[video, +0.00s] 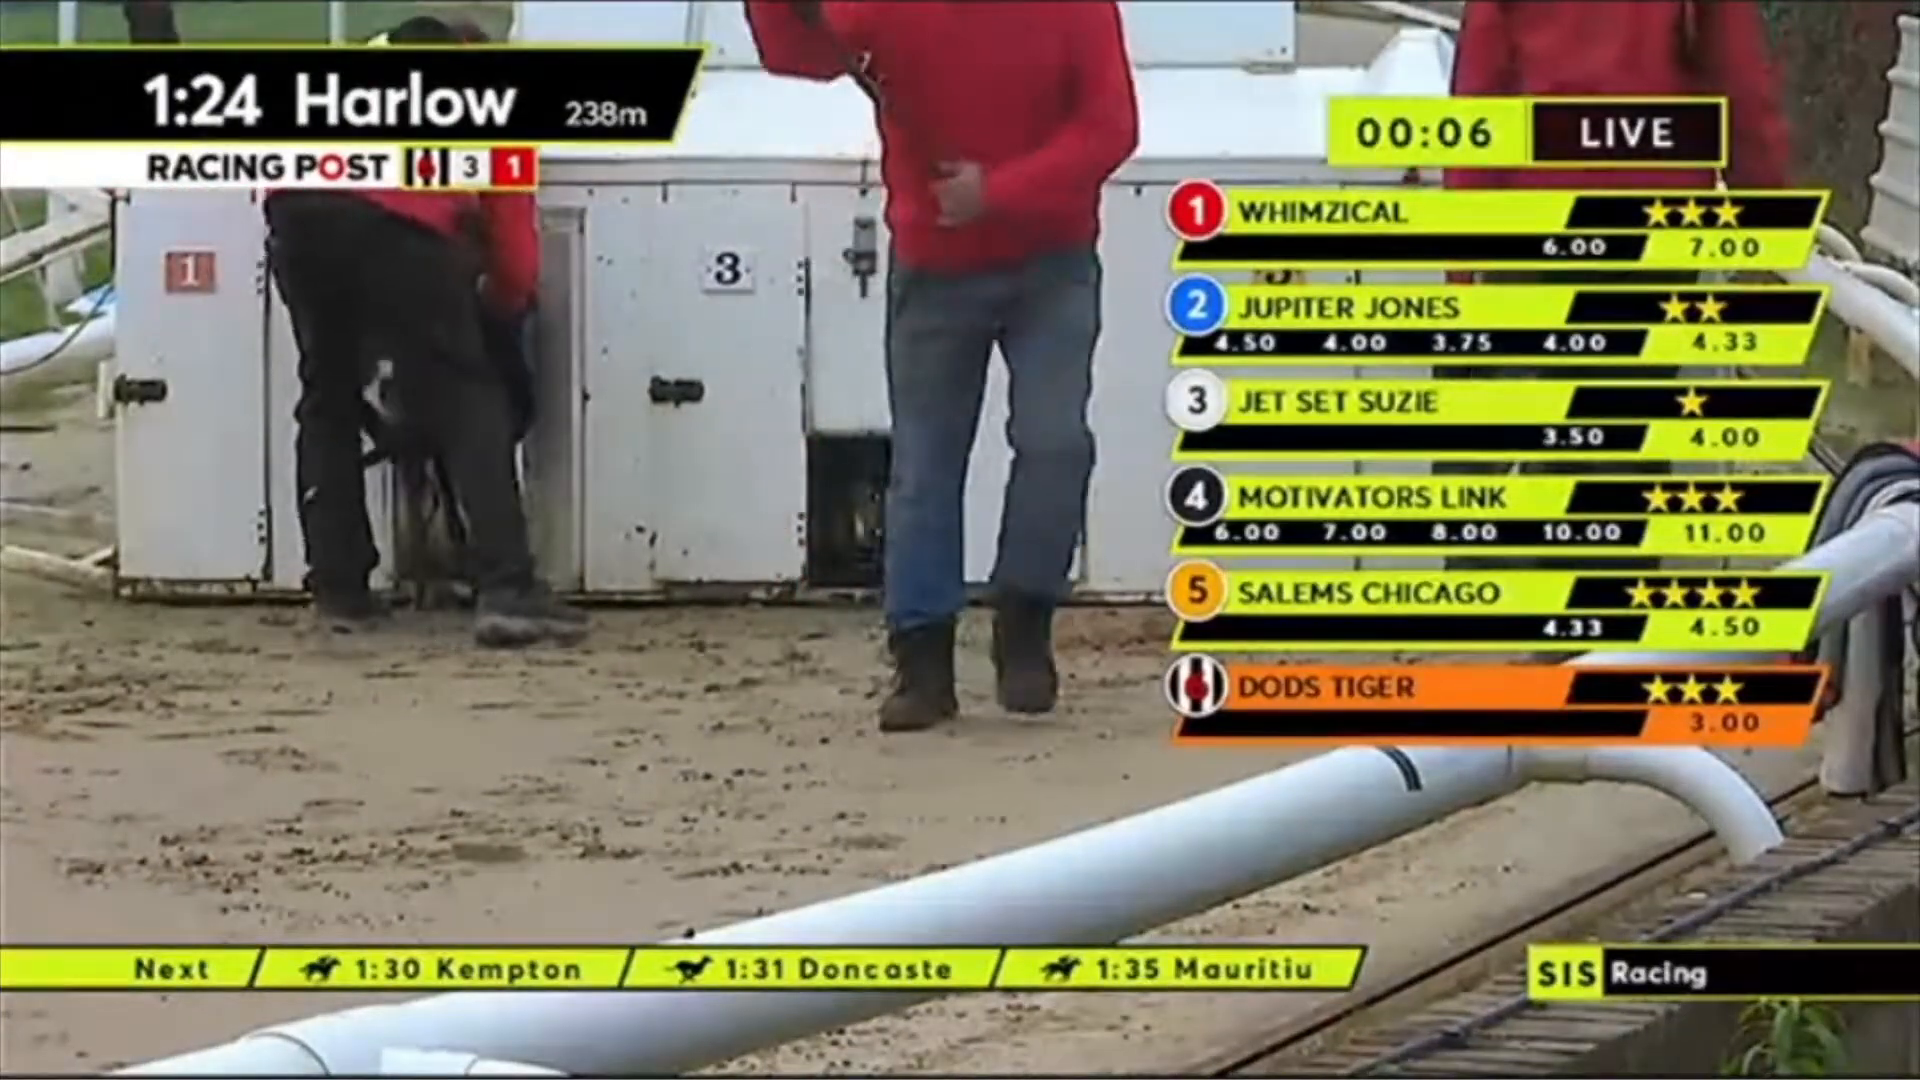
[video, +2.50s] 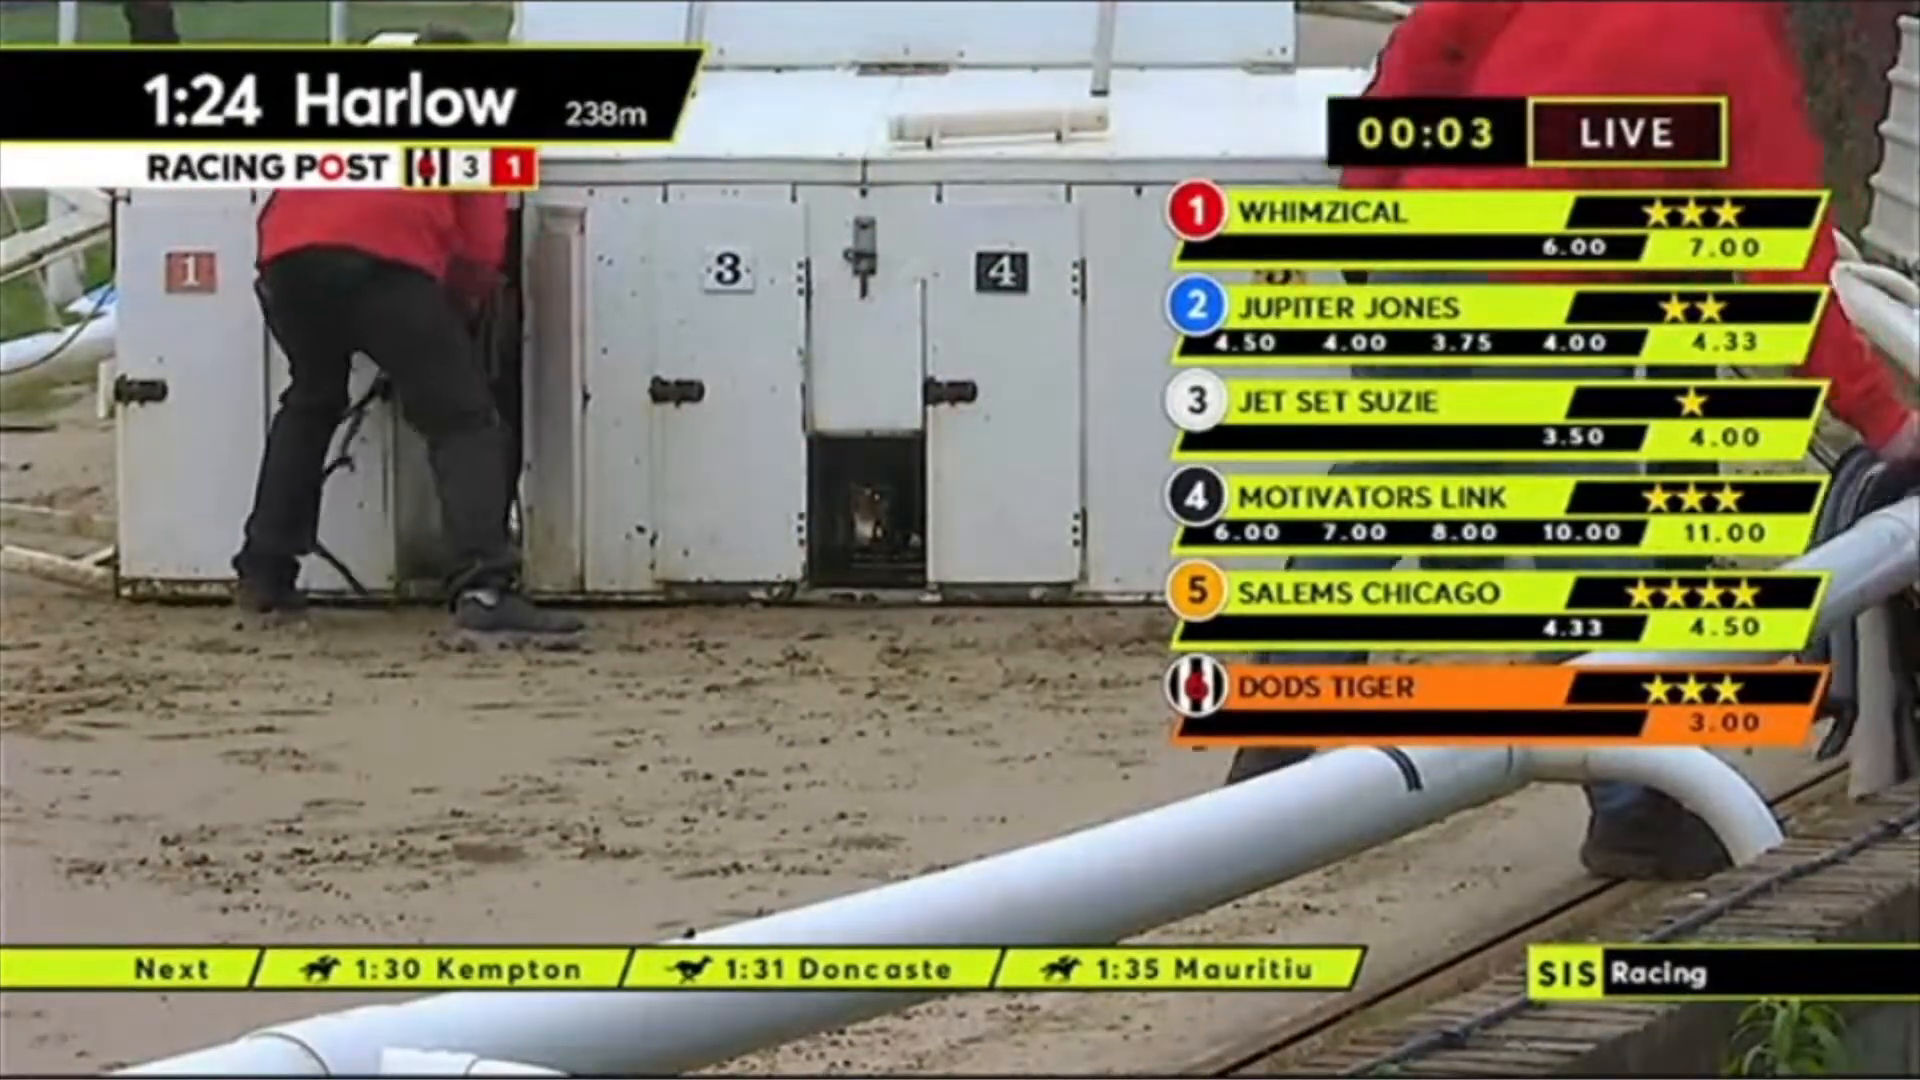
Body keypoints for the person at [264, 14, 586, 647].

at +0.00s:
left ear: (395, 44)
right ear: (471, 48)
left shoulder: (343, 78)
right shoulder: (495, 105)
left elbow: (279, 170)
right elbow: (518, 260)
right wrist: (499, 318)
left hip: (302, 215)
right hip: (407, 229)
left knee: (327, 399)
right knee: (464, 390)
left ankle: (338, 590)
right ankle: (507, 589)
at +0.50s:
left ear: (392, 78)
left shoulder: (356, 126)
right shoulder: (502, 118)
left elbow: (316, 235)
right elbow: (560, 187)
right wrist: (505, 246)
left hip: (345, 264)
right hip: (454, 260)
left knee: (365, 395)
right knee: (505, 419)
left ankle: (343, 584)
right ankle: (515, 590)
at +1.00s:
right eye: (512, 24)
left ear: (423, 24)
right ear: (500, 26)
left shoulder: (367, 65)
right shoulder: (523, 73)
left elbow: (329, 194)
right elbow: (556, 213)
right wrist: (485, 290)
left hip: (345, 232)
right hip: (449, 238)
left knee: (369, 363)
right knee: (494, 404)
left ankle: (333, 570)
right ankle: (504, 591)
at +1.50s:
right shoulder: (513, 137)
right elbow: (521, 263)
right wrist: (474, 316)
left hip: (308, 258)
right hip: (409, 270)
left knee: (310, 395)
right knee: (487, 429)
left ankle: (266, 573)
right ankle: (483, 591)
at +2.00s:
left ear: (388, 73)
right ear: (471, 83)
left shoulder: (344, 123)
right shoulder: (484, 133)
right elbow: (525, 266)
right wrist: (504, 323)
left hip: (289, 271)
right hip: (391, 273)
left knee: (315, 392)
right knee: (472, 422)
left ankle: (262, 574)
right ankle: (484, 591)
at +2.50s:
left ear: (376, 72)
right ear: (463, 86)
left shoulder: (336, 115)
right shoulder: (475, 129)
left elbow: (275, 215)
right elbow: (482, 253)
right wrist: (447, 333)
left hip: (290, 259)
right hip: (388, 264)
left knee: (312, 397)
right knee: (462, 422)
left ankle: (263, 574)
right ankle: (484, 590)